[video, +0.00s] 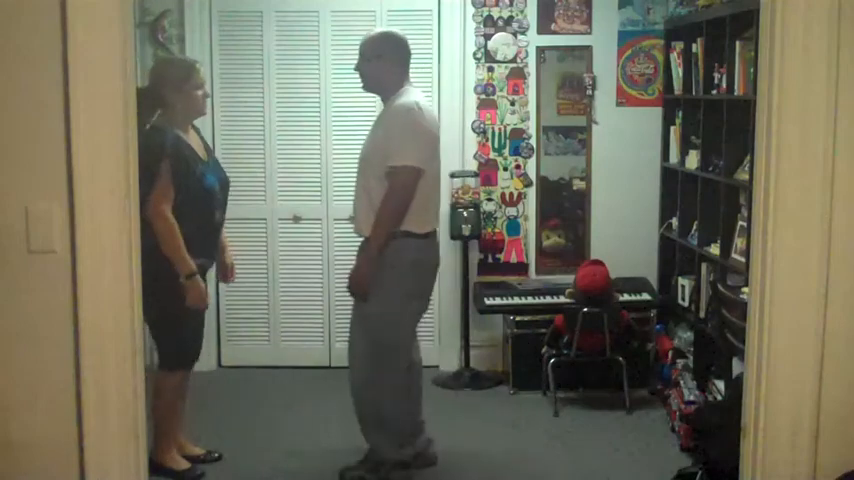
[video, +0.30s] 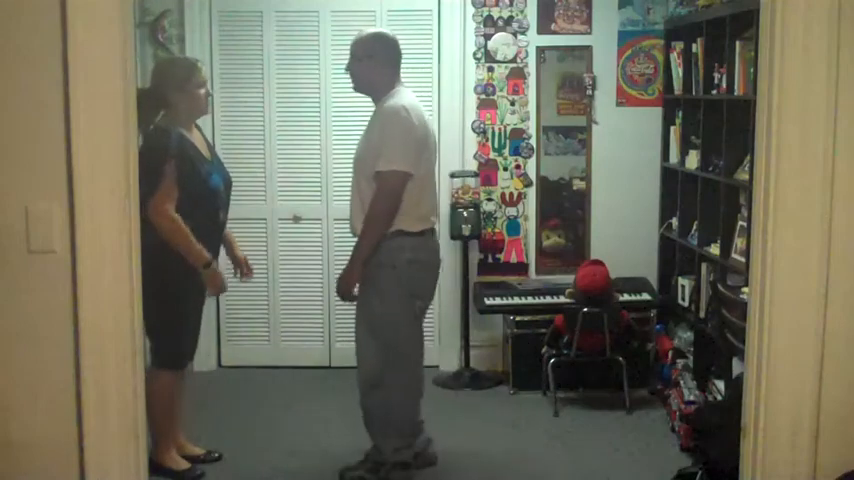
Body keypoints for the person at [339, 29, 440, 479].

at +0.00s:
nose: (357, 68)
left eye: (366, 60)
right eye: (360, 60)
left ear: (391, 64)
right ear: (392, 66)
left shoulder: (407, 112)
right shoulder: (402, 110)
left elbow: (403, 186)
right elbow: (402, 186)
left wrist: (369, 256)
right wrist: (374, 253)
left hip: (399, 250)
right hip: (401, 250)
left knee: (377, 354)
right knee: (395, 351)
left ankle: (390, 454)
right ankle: (410, 445)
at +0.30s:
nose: (348, 70)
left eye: (354, 62)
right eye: (349, 62)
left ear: (380, 64)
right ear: (382, 65)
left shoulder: (398, 113)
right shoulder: (397, 109)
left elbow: (389, 194)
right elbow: (393, 194)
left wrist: (356, 263)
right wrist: (364, 260)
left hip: (397, 250)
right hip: (399, 249)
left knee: (386, 355)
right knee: (395, 352)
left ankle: (393, 454)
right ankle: (407, 444)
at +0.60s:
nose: (344, 82)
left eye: (350, 74)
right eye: (344, 75)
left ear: (376, 75)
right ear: (378, 76)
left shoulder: (399, 119)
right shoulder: (400, 117)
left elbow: (412, 196)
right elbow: (399, 198)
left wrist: (393, 267)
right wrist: (369, 246)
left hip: (424, 250)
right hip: (423, 247)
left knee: (398, 351)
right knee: (406, 350)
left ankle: (392, 453)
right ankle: (412, 445)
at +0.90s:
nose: (391, 64)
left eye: (400, 57)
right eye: (393, 57)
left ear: (427, 62)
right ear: (417, 65)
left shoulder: (451, 109)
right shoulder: (418, 120)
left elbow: (476, 164)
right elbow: (406, 194)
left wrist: (417, 209)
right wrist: (373, 241)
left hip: (443, 244)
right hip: (417, 245)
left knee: (387, 329)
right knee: (414, 340)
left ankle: (460, 411)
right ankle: (413, 442)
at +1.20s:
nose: (426, 74)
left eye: (432, 66)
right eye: (427, 66)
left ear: (456, 70)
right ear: (464, 71)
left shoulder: (464, 116)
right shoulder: (480, 114)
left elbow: (446, 189)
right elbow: (499, 193)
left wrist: (409, 222)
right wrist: (433, 216)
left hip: (477, 255)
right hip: (472, 253)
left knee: (477, 349)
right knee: (424, 329)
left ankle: (506, 444)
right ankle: (418, 436)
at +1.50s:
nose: (452, 79)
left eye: (456, 72)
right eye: (452, 72)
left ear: (473, 73)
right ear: (495, 72)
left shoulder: (460, 125)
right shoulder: (534, 119)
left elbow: (445, 199)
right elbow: (573, 185)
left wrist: (434, 258)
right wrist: (576, 239)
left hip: (485, 256)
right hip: (533, 252)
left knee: (477, 357)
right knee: (530, 343)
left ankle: (504, 446)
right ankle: (578, 426)